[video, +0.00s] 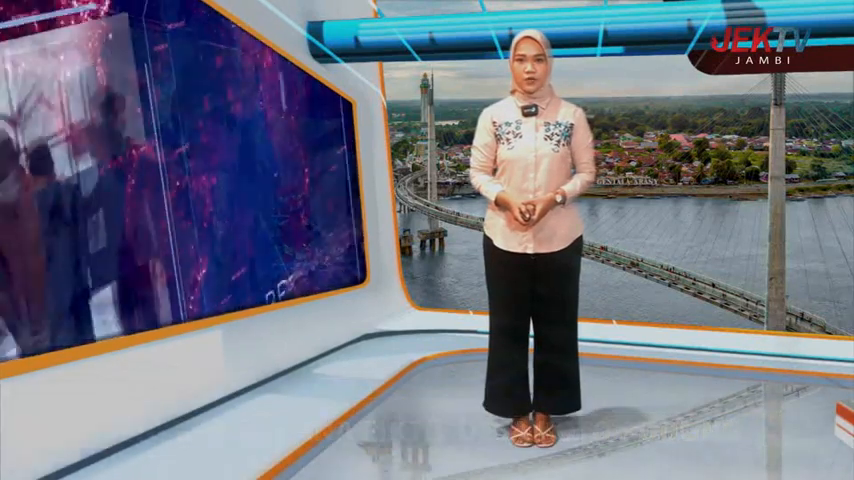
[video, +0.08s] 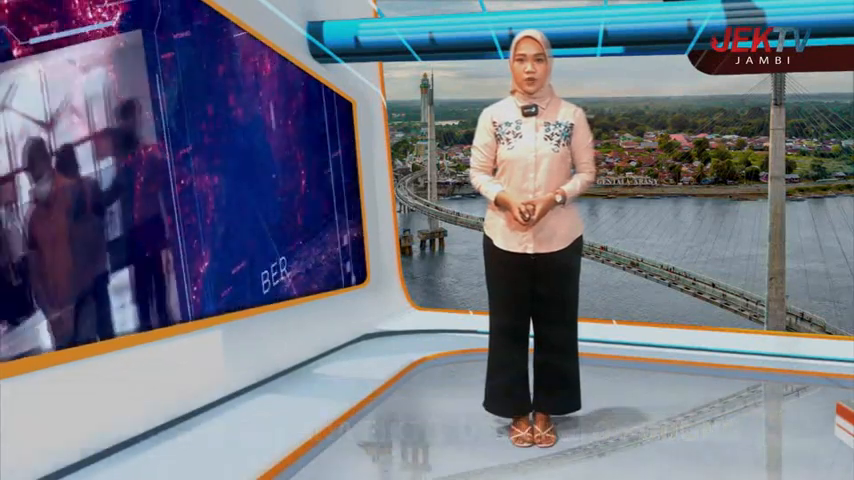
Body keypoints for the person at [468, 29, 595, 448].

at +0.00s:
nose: (529, 67)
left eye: (538, 59)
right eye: (521, 59)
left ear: (550, 65)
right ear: (510, 65)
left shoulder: (571, 115)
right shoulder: (492, 116)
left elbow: (587, 173)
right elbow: (478, 173)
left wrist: (555, 198)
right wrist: (506, 199)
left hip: (558, 242)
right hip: (505, 243)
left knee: (554, 329)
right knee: (509, 328)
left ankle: (544, 414)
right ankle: (519, 414)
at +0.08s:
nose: (529, 67)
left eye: (538, 59)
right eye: (521, 59)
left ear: (550, 65)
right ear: (510, 65)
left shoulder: (572, 115)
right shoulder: (492, 116)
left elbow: (587, 173)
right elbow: (478, 173)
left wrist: (555, 198)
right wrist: (506, 199)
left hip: (558, 242)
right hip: (505, 243)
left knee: (554, 329)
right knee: (509, 328)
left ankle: (544, 414)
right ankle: (519, 414)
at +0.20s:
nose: (531, 66)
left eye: (539, 58)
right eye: (522, 58)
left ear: (550, 64)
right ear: (511, 64)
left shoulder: (572, 115)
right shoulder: (493, 116)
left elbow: (587, 172)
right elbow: (478, 172)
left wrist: (556, 197)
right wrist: (504, 198)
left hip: (558, 241)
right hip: (505, 242)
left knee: (554, 329)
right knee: (509, 329)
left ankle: (544, 413)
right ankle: (519, 414)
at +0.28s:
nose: (531, 66)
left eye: (539, 58)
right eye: (522, 58)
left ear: (550, 64)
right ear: (511, 64)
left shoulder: (572, 115)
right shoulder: (493, 116)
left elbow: (587, 173)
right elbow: (478, 172)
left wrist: (556, 197)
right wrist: (505, 198)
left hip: (558, 242)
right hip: (505, 243)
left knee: (554, 330)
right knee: (509, 329)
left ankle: (544, 413)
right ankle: (519, 414)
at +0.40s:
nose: (530, 66)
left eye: (539, 58)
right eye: (522, 59)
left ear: (550, 64)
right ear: (511, 64)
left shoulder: (572, 115)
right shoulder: (493, 116)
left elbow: (587, 173)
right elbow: (478, 172)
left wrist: (556, 197)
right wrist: (505, 198)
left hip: (558, 242)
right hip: (506, 243)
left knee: (554, 330)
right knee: (509, 329)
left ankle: (544, 414)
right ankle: (519, 414)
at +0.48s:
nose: (530, 66)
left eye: (539, 58)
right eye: (522, 59)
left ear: (550, 64)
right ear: (511, 65)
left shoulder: (572, 115)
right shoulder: (493, 116)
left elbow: (587, 172)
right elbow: (479, 172)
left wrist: (556, 197)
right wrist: (505, 198)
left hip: (559, 242)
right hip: (506, 242)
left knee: (554, 329)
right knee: (509, 329)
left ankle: (544, 413)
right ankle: (519, 414)